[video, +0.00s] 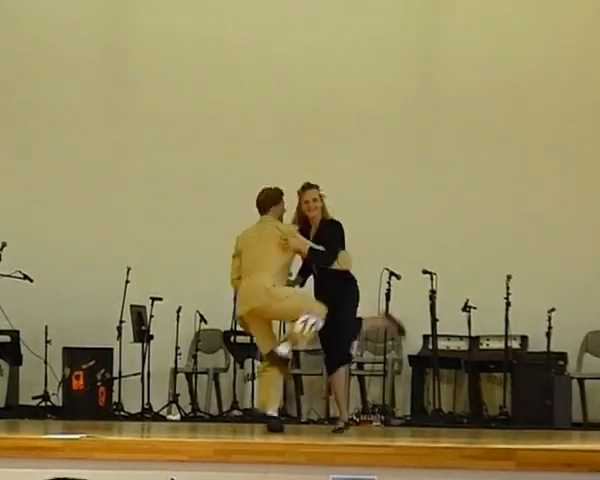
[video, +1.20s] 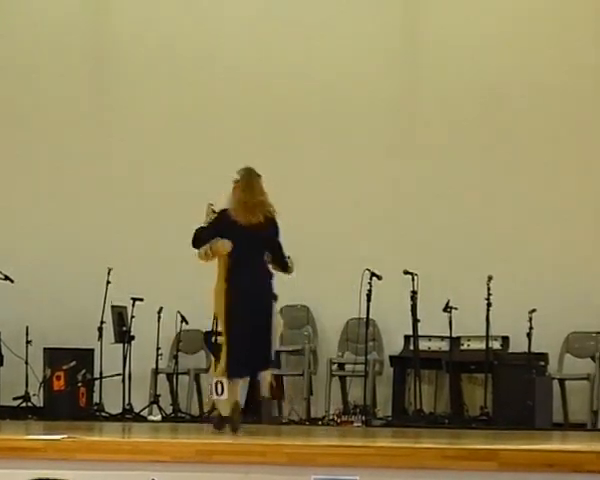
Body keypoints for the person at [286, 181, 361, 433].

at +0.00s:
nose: (312, 205)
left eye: (315, 200)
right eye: (307, 202)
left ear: (322, 201)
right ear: (301, 206)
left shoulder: (333, 227)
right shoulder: (304, 230)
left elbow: (328, 258)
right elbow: (309, 263)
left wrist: (303, 245)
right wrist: (296, 283)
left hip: (344, 289)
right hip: (323, 291)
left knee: (338, 348)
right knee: (330, 351)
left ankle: (345, 414)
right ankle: (342, 414)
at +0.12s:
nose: (314, 198)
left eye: (318, 193)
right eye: (309, 195)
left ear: (327, 194)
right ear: (305, 199)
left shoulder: (334, 218)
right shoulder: (312, 224)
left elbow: (325, 249)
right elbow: (315, 261)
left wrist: (296, 255)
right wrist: (293, 272)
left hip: (346, 280)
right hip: (327, 284)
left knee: (336, 323)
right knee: (324, 345)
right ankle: (345, 408)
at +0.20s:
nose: (317, 202)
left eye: (320, 196)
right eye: (312, 198)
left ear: (330, 197)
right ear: (308, 203)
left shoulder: (336, 222)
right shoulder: (316, 229)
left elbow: (325, 250)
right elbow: (313, 262)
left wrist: (300, 244)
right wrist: (315, 256)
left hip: (347, 286)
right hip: (330, 289)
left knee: (339, 333)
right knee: (330, 348)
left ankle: (326, 384)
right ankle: (347, 416)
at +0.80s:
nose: (311, 216)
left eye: (314, 212)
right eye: (311, 212)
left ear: (323, 214)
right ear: (329, 214)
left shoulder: (316, 238)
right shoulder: (339, 238)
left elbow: (290, 260)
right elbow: (324, 268)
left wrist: (268, 268)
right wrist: (296, 272)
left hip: (340, 304)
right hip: (356, 302)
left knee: (310, 351)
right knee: (337, 357)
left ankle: (316, 412)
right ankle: (346, 418)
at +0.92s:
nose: (289, 205)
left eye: (292, 201)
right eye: (291, 200)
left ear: (301, 203)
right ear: (311, 204)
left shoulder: (293, 227)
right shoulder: (319, 227)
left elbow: (268, 256)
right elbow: (309, 264)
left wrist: (246, 263)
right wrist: (285, 268)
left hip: (311, 293)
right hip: (329, 289)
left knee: (286, 348)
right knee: (325, 353)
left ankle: (277, 409)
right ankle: (344, 413)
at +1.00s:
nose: (273, 200)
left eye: (275, 197)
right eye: (275, 196)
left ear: (280, 199)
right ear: (298, 200)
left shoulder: (273, 223)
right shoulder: (303, 224)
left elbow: (249, 252)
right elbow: (298, 259)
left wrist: (237, 262)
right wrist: (276, 273)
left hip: (287, 288)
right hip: (307, 287)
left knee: (270, 349)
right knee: (310, 350)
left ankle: (250, 412)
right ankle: (335, 407)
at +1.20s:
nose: (232, 189)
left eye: (235, 185)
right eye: (235, 185)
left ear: (237, 189)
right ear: (260, 190)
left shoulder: (227, 218)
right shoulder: (268, 220)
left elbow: (197, 241)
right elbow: (277, 256)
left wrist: (208, 222)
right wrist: (285, 264)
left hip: (234, 291)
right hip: (261, 292)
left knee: (233, 348)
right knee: (262, 347)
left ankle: (231, 408)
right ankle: (264, 404)